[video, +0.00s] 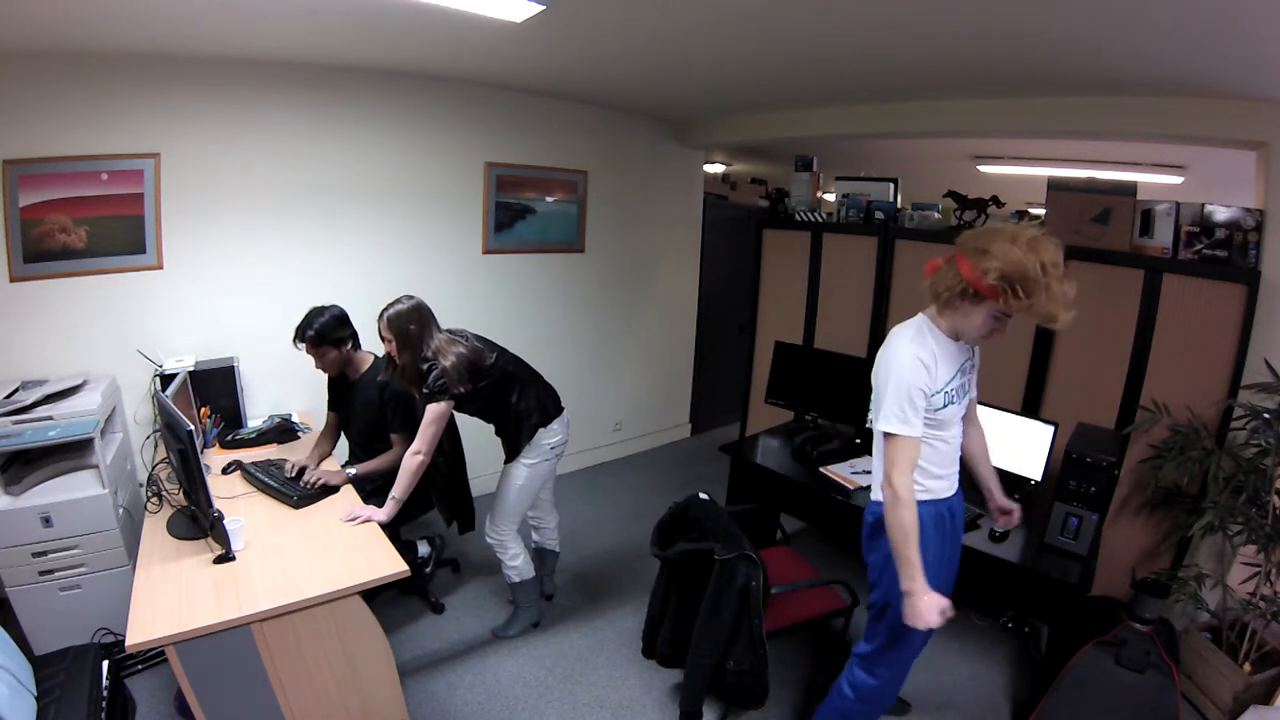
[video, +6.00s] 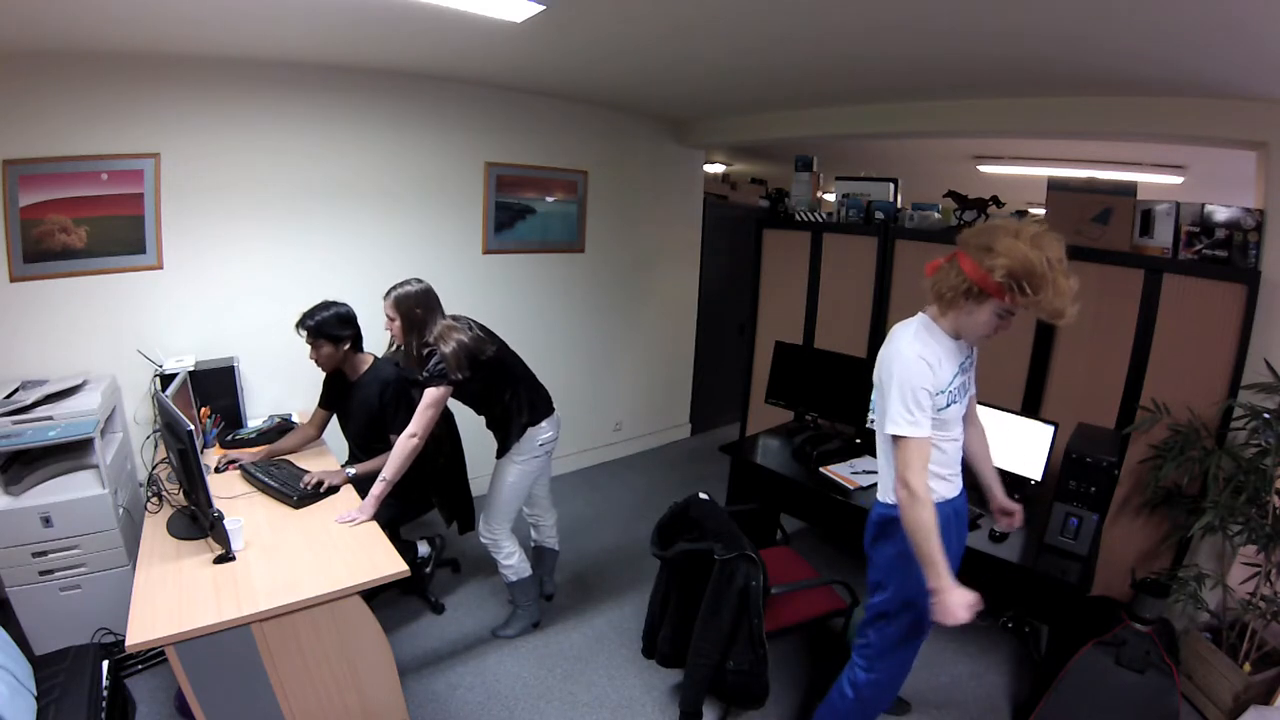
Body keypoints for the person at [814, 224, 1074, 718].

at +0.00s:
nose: (1002, 330)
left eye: (1008, 319)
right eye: (999, 317)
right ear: (970, 295)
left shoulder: (964, 342)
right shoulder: (907, 356)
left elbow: (968, 421)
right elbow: (896, 486)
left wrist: (993, 494)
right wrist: (915, 588)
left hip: (944, 508)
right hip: (905, 517)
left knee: (918, 616)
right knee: (890, 643)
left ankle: (880, 692)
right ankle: (843, 712)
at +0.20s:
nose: (1007, 325)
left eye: (1014, 314)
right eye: (1007, 311)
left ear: (990, 293)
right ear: (981, 288)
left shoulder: (969, 341)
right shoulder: (913, 347)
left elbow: (986, 419)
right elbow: (927, 480)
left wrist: (1029, 487)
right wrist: (985, 579)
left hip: (931, 511)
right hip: (893, 517)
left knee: (909, 615)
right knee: (869, 648)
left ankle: (874, 690)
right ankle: (835, 712)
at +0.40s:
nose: (1000, 334)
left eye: (1007, 323)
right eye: (999, 320)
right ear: (969, 296)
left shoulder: (962, 347)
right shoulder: (906, 360)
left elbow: (970, 428)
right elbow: (901, 489)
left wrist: (998, 501)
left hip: (943, 512)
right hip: (904, 522)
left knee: (913, 619)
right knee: (886, 657)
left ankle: (883, 694)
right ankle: (848, 712)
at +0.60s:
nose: (1005, 324)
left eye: (1012, 313)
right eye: (1004, 310)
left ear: (985, 292)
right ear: (977, 288)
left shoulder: (967, 339)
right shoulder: (911, 349)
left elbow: (982, 418)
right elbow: (918, 478)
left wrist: (1020, 490)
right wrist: (967, 582)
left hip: (937, 506)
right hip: (897, 516)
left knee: (908, 612)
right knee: (869, 649)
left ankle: (874, 687)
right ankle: (833, 712)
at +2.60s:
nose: (1002, 336)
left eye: (1009, 325)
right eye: (999, 322)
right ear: (968, 299)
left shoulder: (961, 345)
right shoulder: (907, 358)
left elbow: (966, 423)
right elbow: (900, 487)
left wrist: (995, 495)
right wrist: (931, 588)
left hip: (944, 510)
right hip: (904, 521)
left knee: (914, 614)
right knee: (876, 659)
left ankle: (881, 690)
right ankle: (842, 713)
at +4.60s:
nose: (1002, 330)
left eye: (1009, 319)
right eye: (1001, 317)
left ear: (979, 300)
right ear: (971, 294)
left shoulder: (959, 344)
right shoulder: (908, 354)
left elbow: (978, 420)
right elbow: (929, 484)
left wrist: (1024, 488)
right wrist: (990, 576)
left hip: (926, 522)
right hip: (891, 529)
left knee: (911, 624)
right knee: (871, 679)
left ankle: (879, 692)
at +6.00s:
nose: (1004, 329)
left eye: (1011, 318)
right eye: (1002, 315)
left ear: (979, 300)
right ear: (972, 294)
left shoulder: (959, 340)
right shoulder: (911, 357)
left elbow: (968, 420)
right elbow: (910, 487)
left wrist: (994, 494)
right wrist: (942, 584)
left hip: (946, 508)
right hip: (907, 522)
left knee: (910, 617)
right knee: (877, 658)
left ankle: (880, 689)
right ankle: (842, 713)